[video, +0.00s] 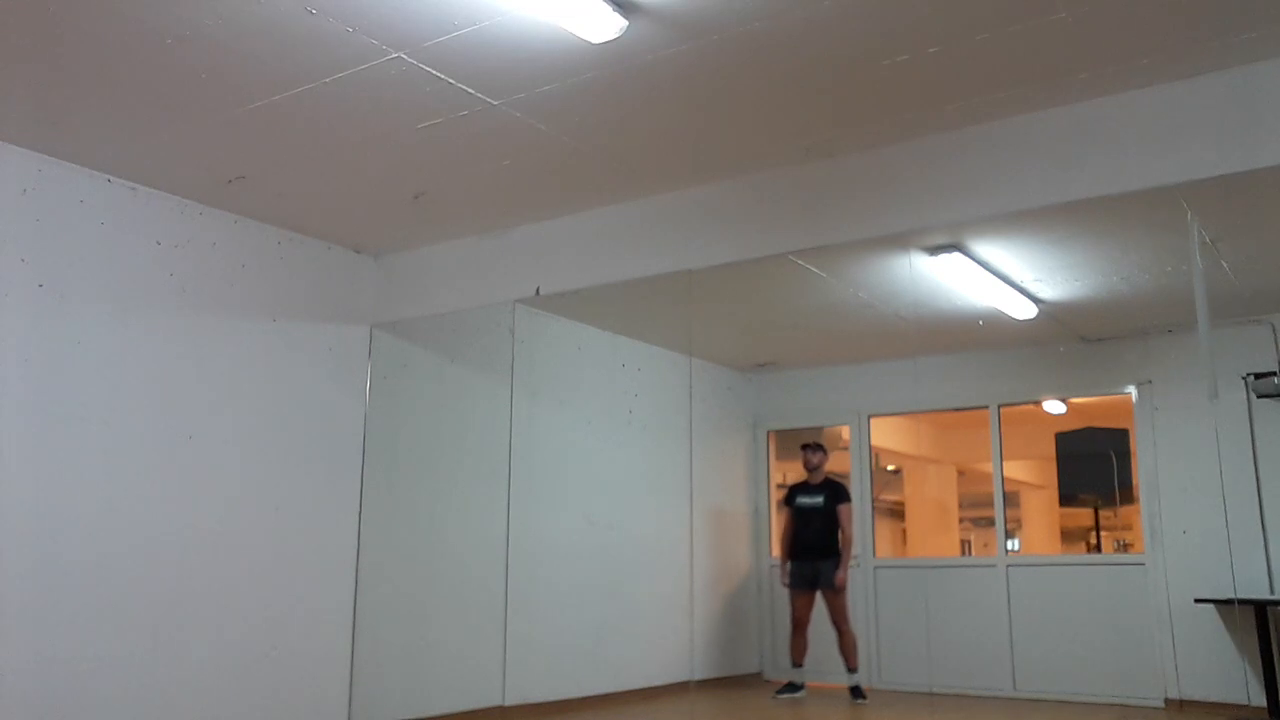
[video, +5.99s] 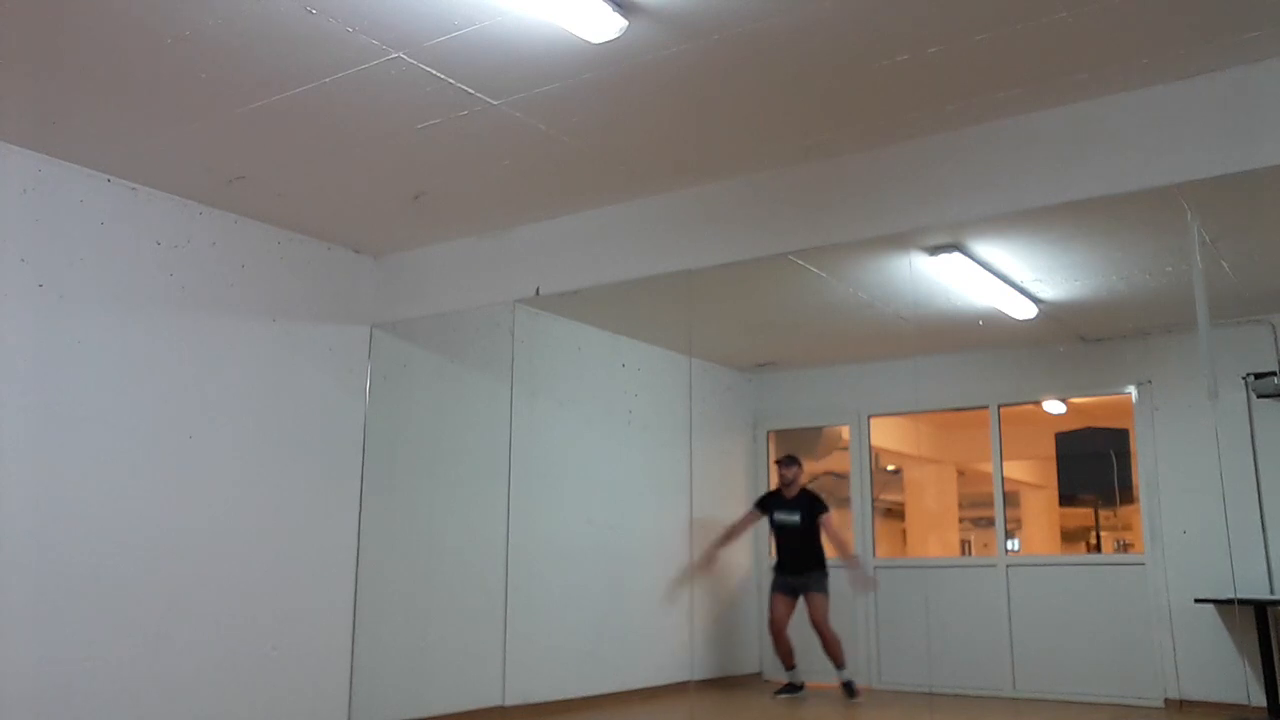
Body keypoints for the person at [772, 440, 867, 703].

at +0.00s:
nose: (811, 458)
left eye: (816, 454)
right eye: (807, 454)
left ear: (825, 459)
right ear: (802, 459)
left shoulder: (837, 490)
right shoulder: (794, 492)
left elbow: (846, 531)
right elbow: (788, 528)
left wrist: (843, 567)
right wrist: (784, 563)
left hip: (829, 564)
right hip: (800, 564)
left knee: (841, 623)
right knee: (798, 623)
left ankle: (854, 681)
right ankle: (796, 680)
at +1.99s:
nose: (811, 458)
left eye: (817, 454)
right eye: (808, 454)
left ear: (827, 459)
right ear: (804, 459)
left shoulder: (838, 490)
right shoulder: (795, 491)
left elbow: (846, 532)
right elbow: (788, 528)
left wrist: (843, 568)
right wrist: (784, 562)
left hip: (830, 563)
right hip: (800, 564)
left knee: (842, 623)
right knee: (799, 623)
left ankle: (854, 681)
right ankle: (796, 680)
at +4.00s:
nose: (810, 461)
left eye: (815, 456)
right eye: (806, 457)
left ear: (825, 459)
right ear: (803, 461)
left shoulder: (839, 490)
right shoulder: (796, 491)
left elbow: (847, 531)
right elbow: (788, 528)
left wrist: (844, 566)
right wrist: (786, 562)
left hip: (831, 564)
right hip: (802, 565)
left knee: (842, 623)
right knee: (799, 624)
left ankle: (854, 682)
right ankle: (796, 680)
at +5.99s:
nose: (783, 473)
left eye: (787, 469)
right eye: (780, 470)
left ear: (799, 470)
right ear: (777, 472)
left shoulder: (812, 500)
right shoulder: (770, 500)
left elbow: (833, 534)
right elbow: (741, 525)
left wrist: (853, 564)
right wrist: (714, 549)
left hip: (813, 571)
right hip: (785, 571)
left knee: (820, 623)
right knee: (776, 625)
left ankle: (845, 678)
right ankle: (794, 681)